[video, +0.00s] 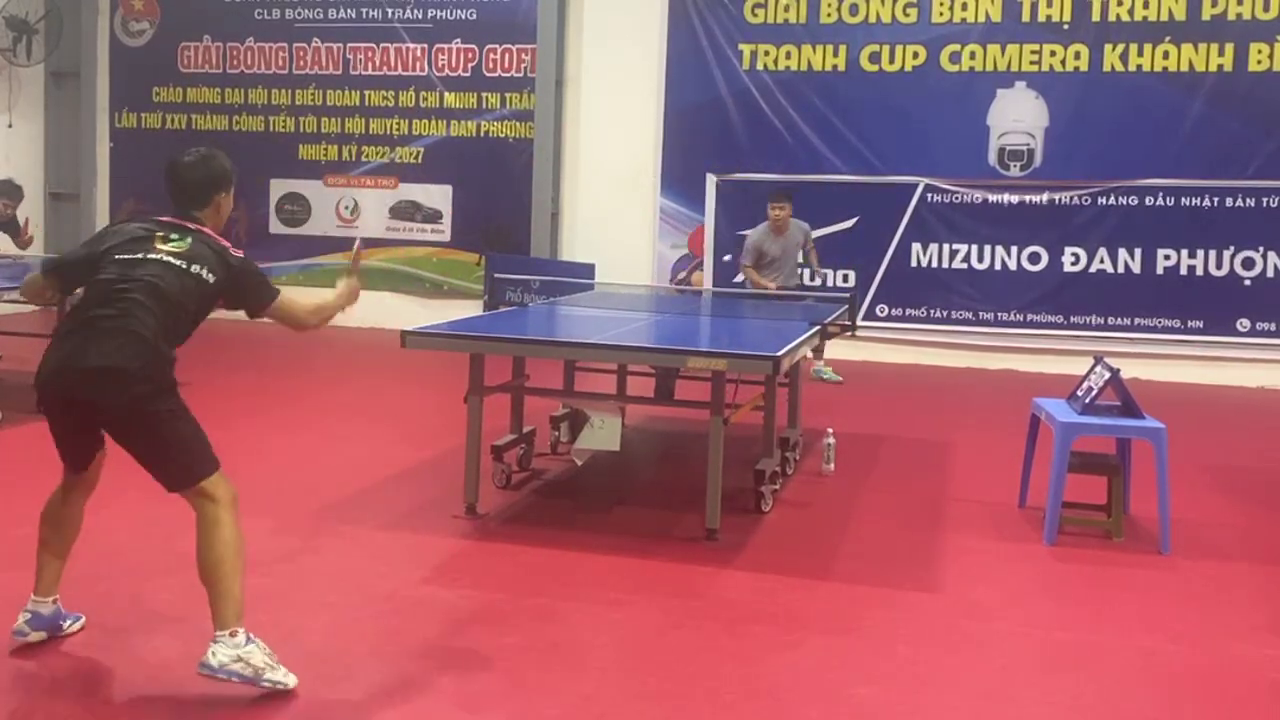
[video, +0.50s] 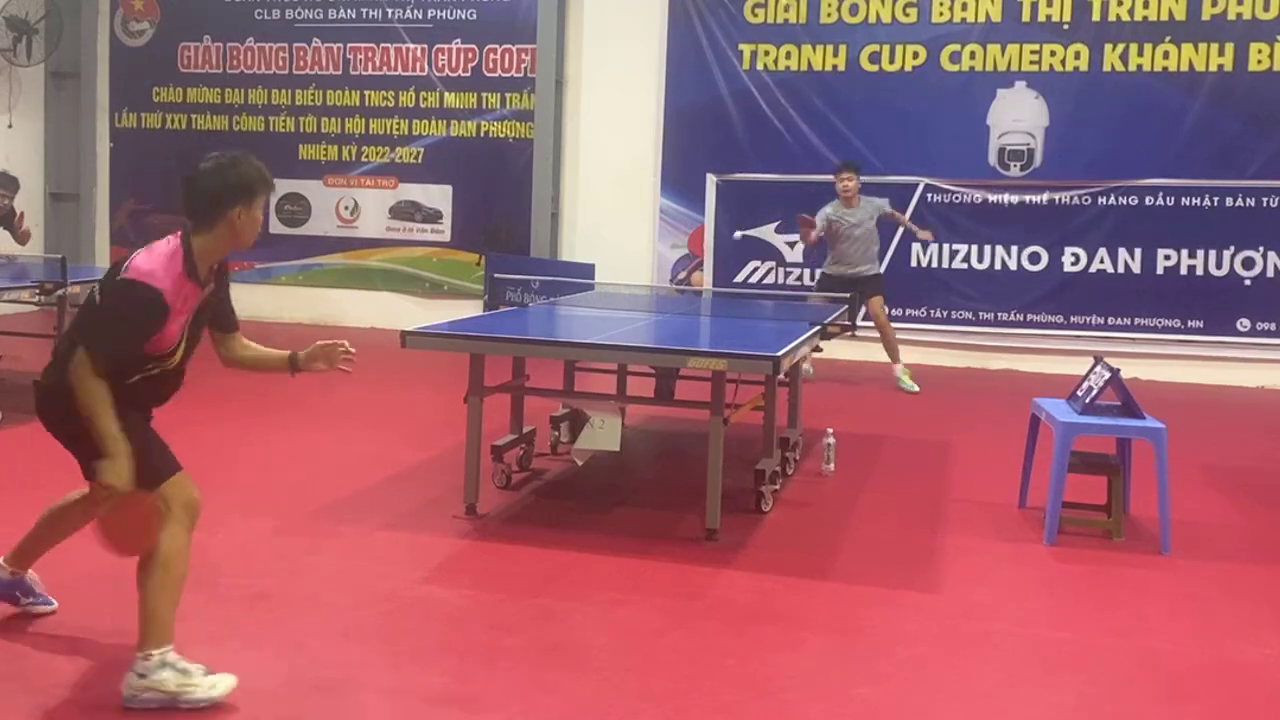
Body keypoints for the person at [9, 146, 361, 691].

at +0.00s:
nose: (233, 204)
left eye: (232, 196)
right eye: (231, 196)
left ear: (173, 197)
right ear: (220, 201)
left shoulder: (120, 232)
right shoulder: (223, 258)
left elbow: (36, 287)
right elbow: (303, 316)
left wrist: (53, 294)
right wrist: (345, 291)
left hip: (60, 372)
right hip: (130, 375)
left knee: (78, 474)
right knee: (215, 497)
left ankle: (40, 607)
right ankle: (229, 640)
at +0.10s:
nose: (231, 193)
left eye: (230, 183)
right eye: (229, 183)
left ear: (170, 185)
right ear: (216, 187)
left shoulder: (116, 227)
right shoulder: (211, 251)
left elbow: (51, 299)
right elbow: (271, 332)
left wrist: (101, 323)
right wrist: (327, 329)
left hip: (56, 379)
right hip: (120, 385)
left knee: (86, 485)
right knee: (212, 495)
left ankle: (39, 612)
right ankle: (224, 640)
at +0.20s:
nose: (241, 179)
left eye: (240, 168)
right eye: (240, 169)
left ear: (184, 170)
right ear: (224, 174)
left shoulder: (133, 210)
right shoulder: (209, 238)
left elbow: (106, 285)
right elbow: (229, 335)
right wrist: (305, 352)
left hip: (54, 364)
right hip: (113, 369)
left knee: (96, 460)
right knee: (206, 487)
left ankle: (40, 583)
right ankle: (224, 635)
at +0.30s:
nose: (250, 191)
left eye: (251, 181)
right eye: (249, 181)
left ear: (193, 180)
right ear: (232, 183)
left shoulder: (151, 224)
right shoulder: (201, 251)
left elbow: (145, 315)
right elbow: (192, 356)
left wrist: (223, 339)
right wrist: (268, 392)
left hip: (65, 380)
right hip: (119, 392)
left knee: (100, 481)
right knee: (215, 503)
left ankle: (20, 588)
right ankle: (194, 654)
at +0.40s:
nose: (255, 207)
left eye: (256, 195)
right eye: (254, 195)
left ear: (202, 196)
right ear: (236, 200)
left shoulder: (173, 242)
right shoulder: (183, 267)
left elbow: (192, 336)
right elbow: (141, 372)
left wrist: (271, 349)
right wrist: (212, 433)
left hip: (70, 393)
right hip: (108, 402)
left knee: (102, 495)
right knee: (201, 512)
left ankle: (13, 589)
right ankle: (185, 667)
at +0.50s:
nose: (262, 222)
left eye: (263, 211)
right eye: (259, 210)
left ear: (222, 212)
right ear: (232, 213)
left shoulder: (212, 265)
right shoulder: (149, 279)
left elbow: (232, 347)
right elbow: (83, 363)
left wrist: (297, 360)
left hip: (119, 397)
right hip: (80, 397)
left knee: (110, 490)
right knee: (179, 504)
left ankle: (10, 568)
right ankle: (153, 661)